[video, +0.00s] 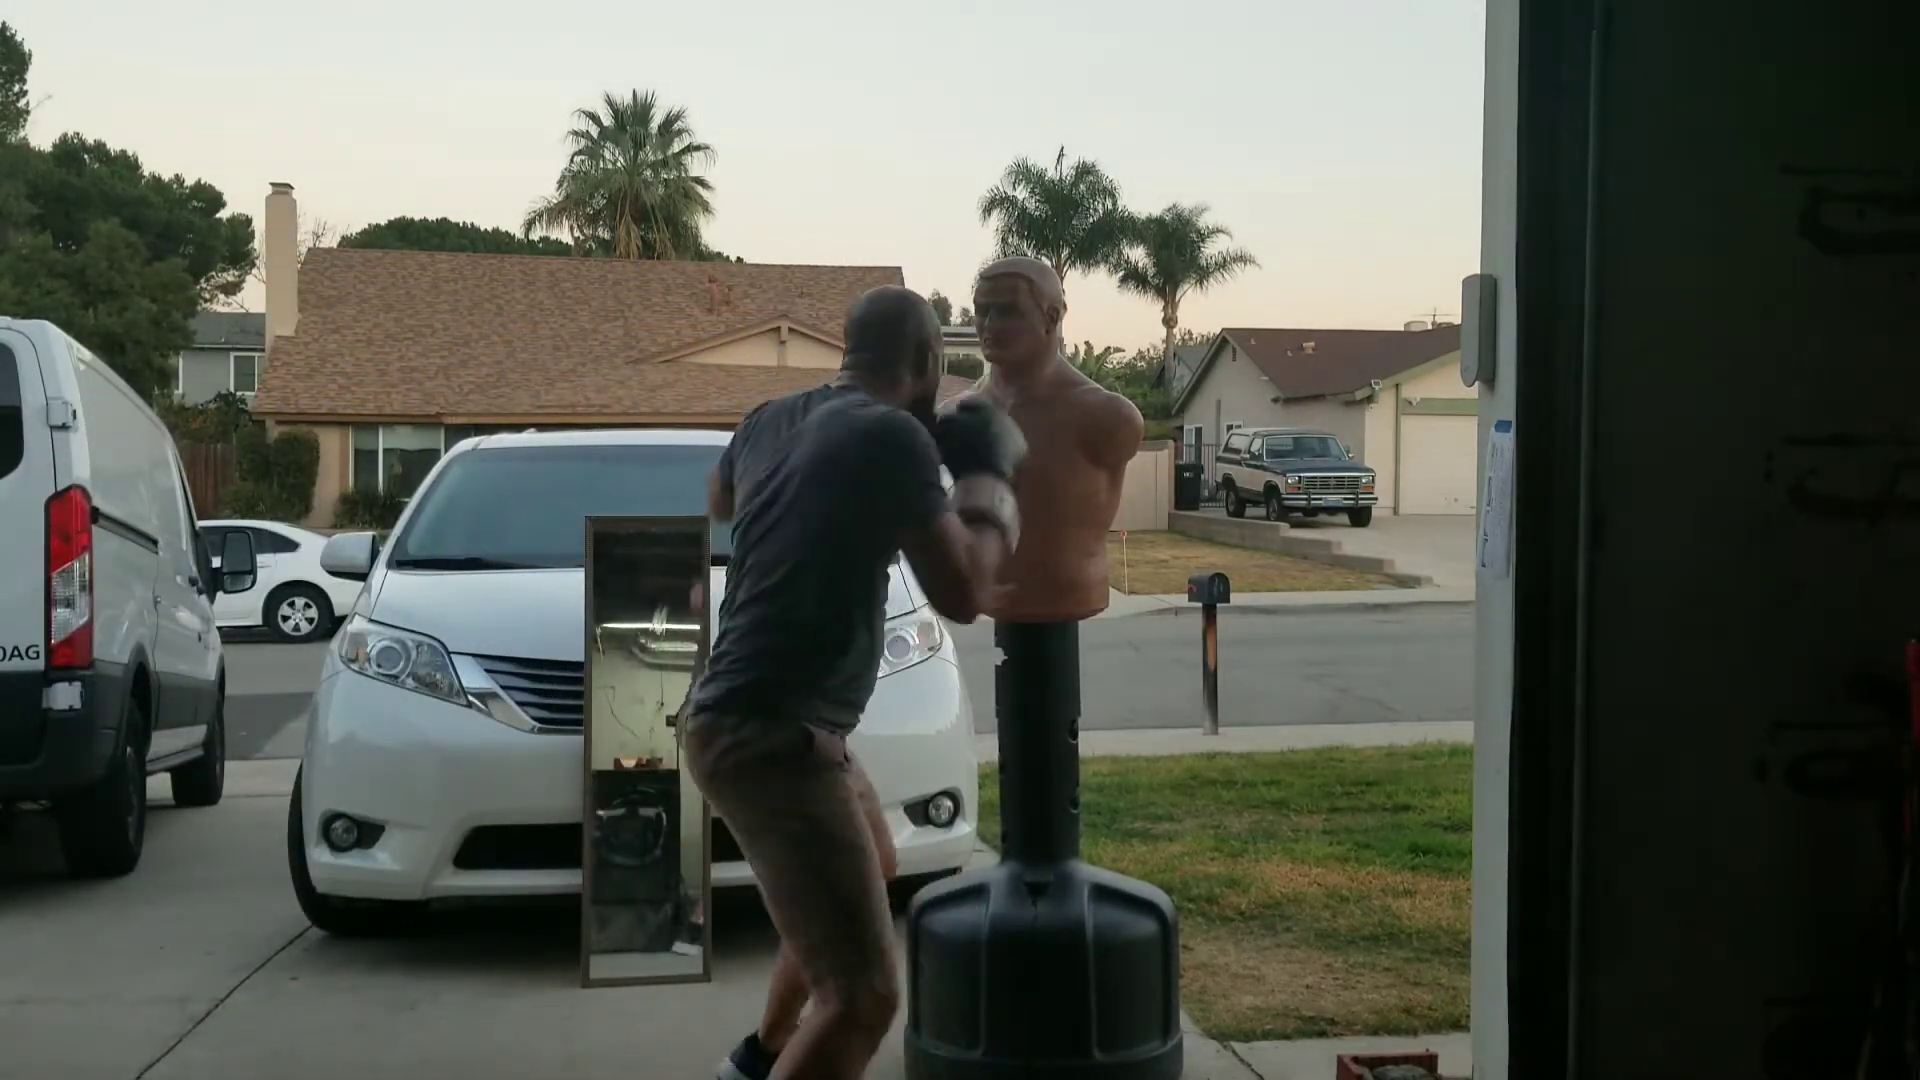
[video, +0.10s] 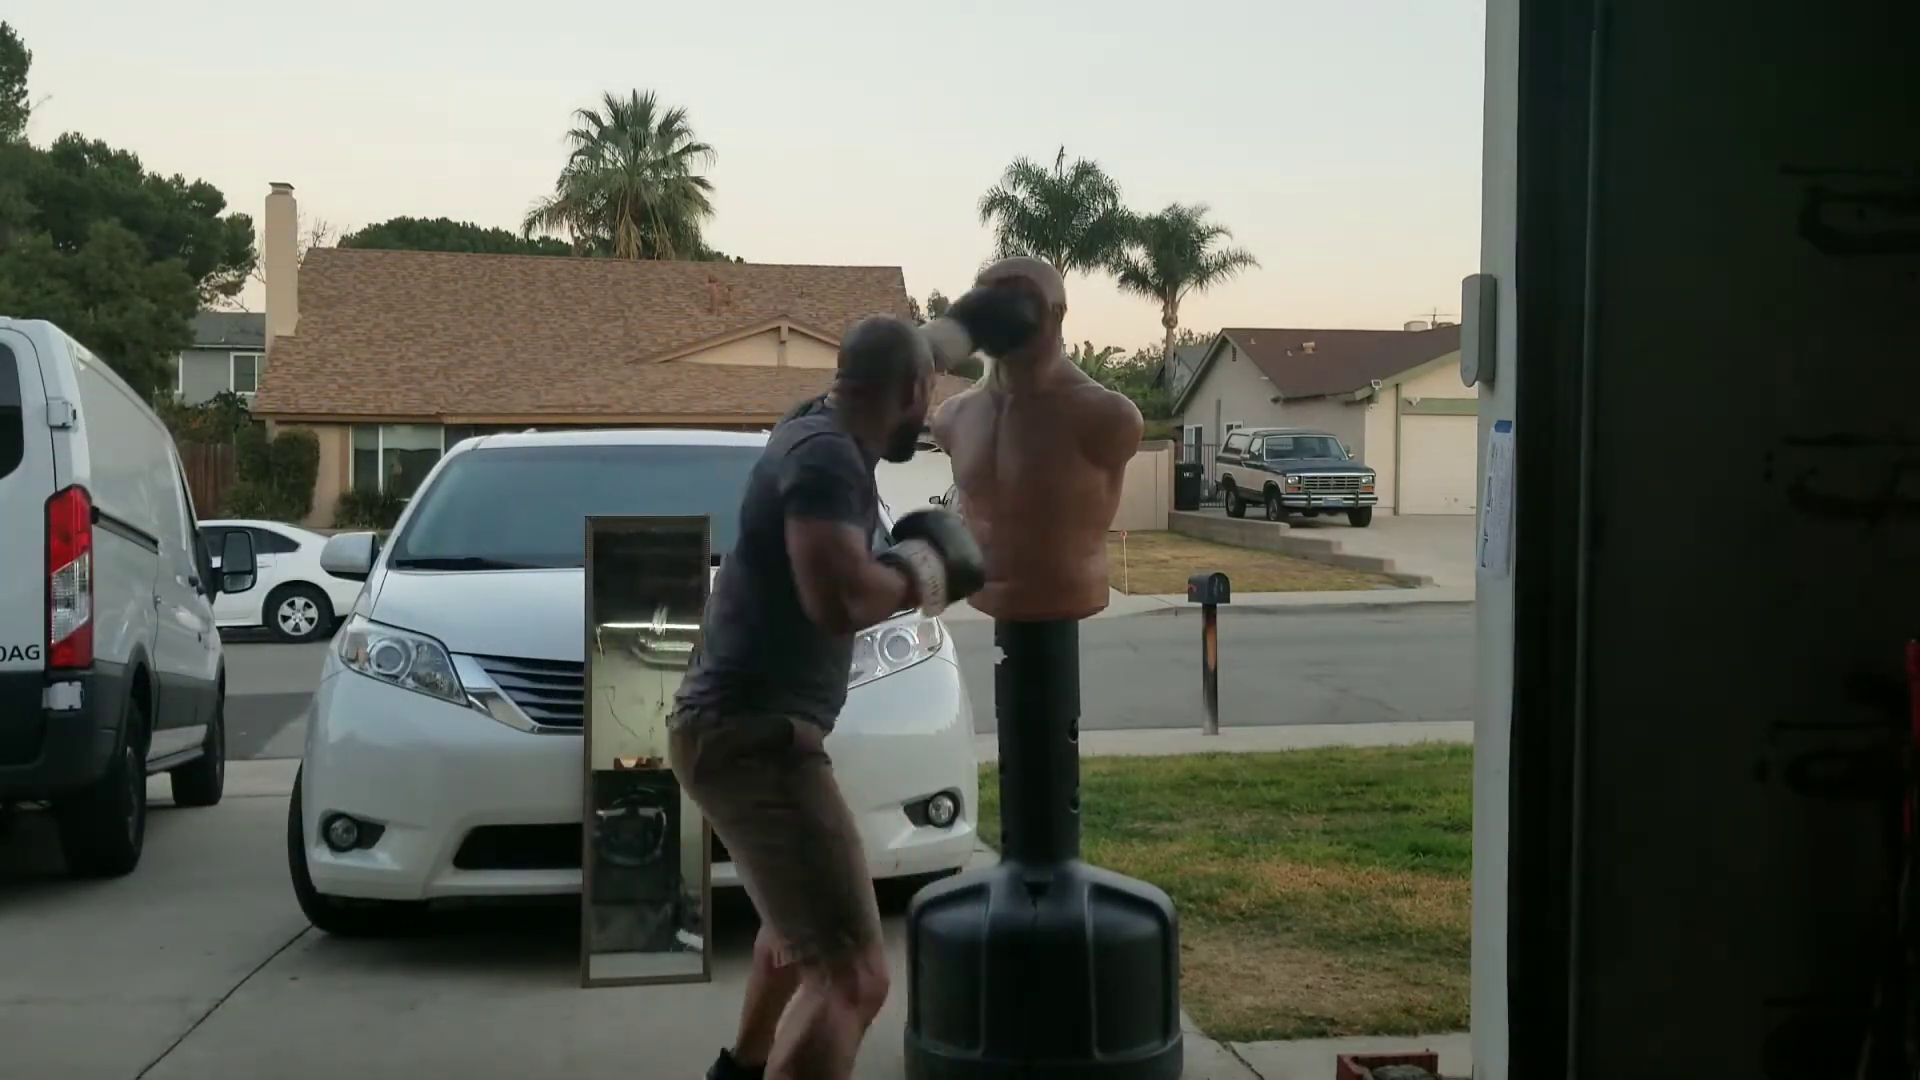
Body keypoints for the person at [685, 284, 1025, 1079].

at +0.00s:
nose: (938, 383)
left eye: (936, 369)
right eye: (937, 368)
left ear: (848, 356)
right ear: (920, 365)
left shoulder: (771, 419)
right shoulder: (892, 436)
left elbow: (722, 501)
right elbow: (963, 593)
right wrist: (990, 473)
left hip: (744, 715)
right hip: (772, 732)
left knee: (870, 853)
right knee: (863, 995)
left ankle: (768, 1053)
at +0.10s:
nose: (930, 401)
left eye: (930, 386)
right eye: (928, 385)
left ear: (852, 378)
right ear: (906, 390)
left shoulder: (818, 438)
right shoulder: (826, 455)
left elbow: (846, 569)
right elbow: (837, 598)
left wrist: (910, 554)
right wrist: (921, 576)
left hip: (734, 724)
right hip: (754, 732)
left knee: (793, 935)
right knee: (853, 980)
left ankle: (749, 1060)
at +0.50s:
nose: (872, 440)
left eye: (874, 427)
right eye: (870, 425)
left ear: (787, 417)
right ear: (846, 421)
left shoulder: (729, 473)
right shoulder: (808, 493)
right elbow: (890, 622)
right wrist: (917, 535)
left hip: (680, 724)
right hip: (692, 733)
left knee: (816, 846)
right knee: (680, 974)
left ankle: (756, 1058)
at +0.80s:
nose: (734, 460)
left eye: (739, 441)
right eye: (725, 434)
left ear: (711, 428)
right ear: (682, 411)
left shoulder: (696, 486)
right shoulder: (581, 466)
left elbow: (797, 516)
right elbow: (669, 554)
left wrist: (892, 480)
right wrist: (725, 458)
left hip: (612, 734)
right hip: (515, 725)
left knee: (738, 850)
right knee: (464, 945)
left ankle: (742, 1060)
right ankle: (275, 1076)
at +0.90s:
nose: (639, 418)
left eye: (646, 402)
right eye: (634, 398)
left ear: (623, 407)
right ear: (596, 390)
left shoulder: (607, 483)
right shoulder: (491, 457)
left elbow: (681, 557)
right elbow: (564, 567)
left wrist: (724, 455)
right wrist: (636, 458)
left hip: (548, 727)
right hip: (446, 729)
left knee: (666, 854)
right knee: (378, 968)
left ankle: (734, 1056)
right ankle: (227, 1074)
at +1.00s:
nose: (535, 410)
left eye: (543, 397)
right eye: (534, 392)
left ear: (518, 391)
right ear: (501, 380)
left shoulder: (499, 456)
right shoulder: (387, 442)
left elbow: (585, 547)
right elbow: (476, 555)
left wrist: (600, 419)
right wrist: (542, 447)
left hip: (473, 722)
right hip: (372, 731)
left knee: (574, 881)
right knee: (332, 964)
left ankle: (681, 1047)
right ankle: (222, 1073)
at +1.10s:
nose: (470, 367)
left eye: (478, 355)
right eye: (466, 351)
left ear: (447, 346)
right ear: (431, 335)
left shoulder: (429, 410)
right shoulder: (325, 402)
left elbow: (518, 502)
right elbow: (422, 514)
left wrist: (526, 386)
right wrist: (477, 400)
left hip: (416, 682)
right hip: (313, 696)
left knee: (521, 832)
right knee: (286, 931)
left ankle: (548, 1053)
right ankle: (205, 1071)